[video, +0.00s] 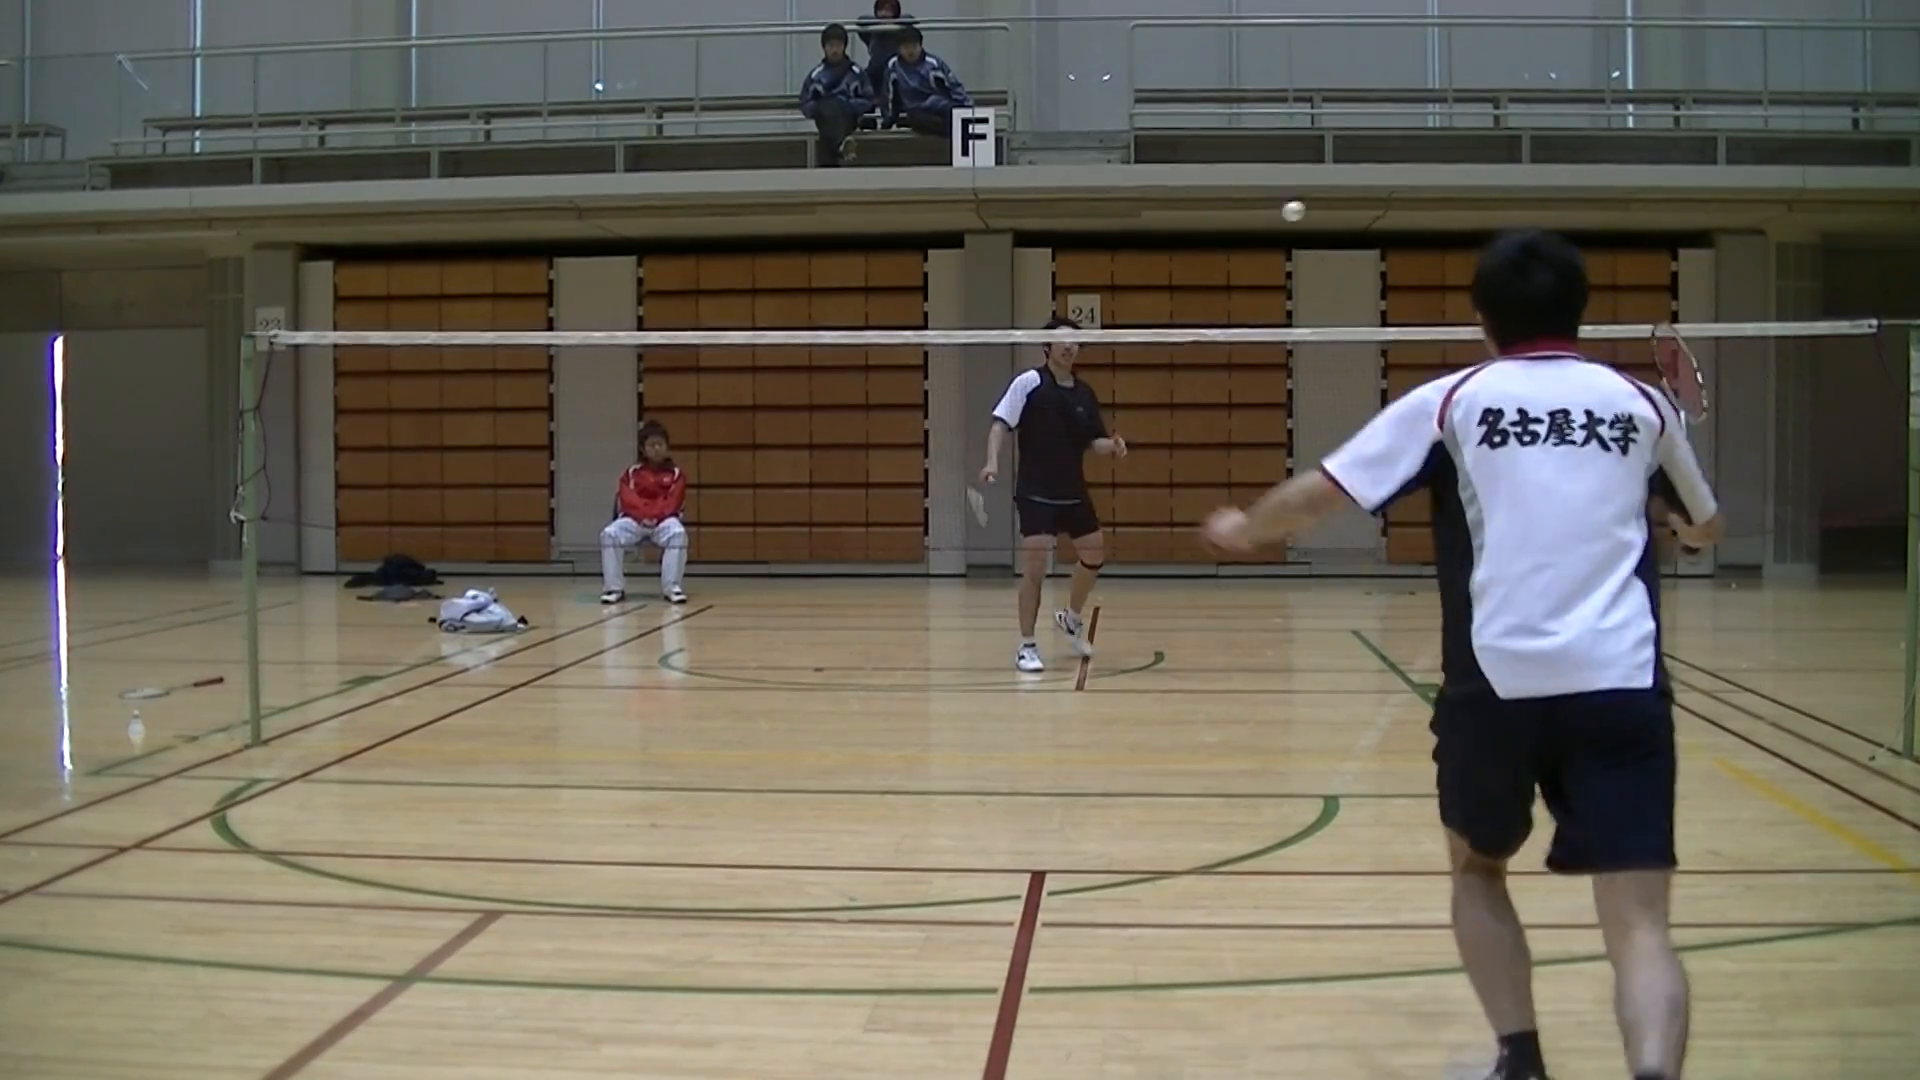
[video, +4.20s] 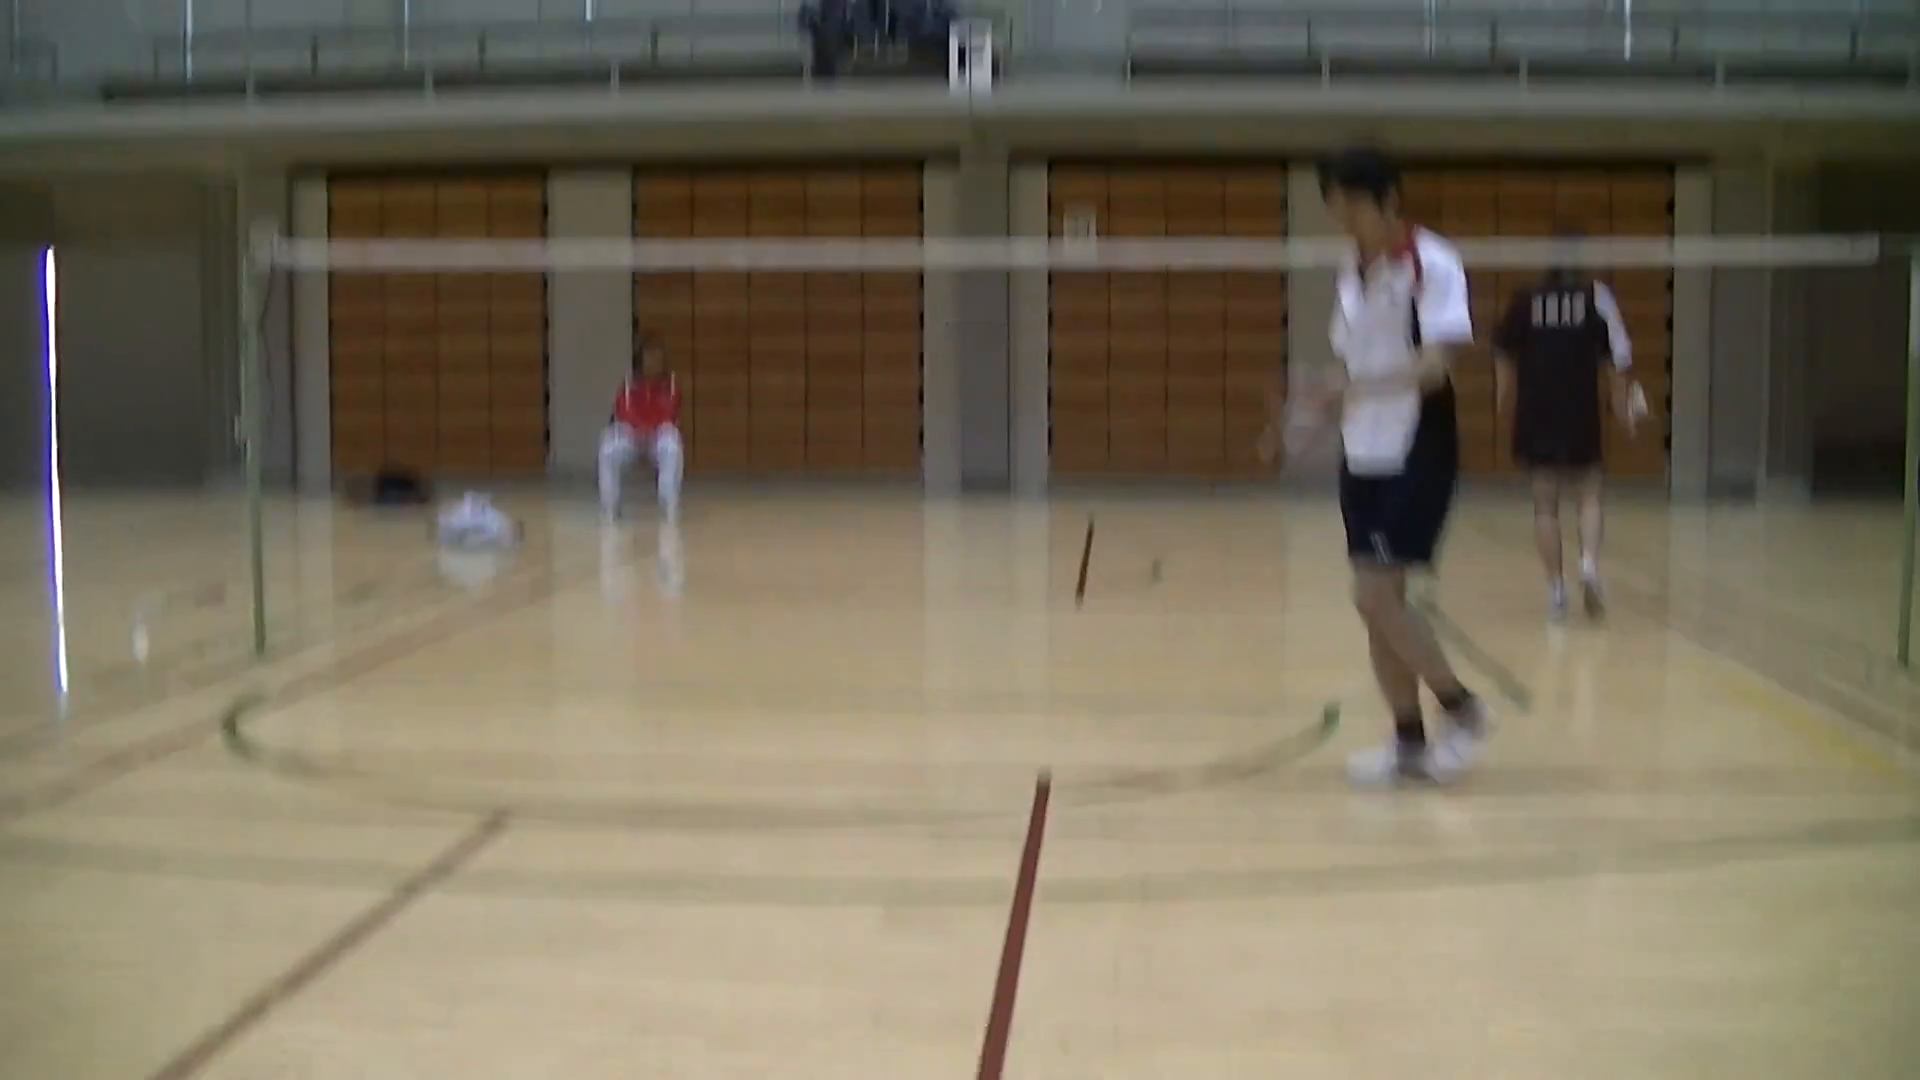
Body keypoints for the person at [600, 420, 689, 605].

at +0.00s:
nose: (656, 449)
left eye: (660, 444)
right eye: (651, 445)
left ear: (667, 447)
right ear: (643, 449)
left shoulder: (676, 474)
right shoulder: (632, 472)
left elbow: (673, 503)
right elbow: (627, 499)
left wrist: (655, 517)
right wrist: (643, 515)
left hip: (663, 519)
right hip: (634, 519)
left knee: (678, 535)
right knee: (609, 535)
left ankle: (672, 587)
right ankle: (614, 588)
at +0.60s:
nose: (664, 449)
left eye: (669, 444)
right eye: (659, 445)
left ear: (676, 447)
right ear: (651, 449)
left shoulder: (683, 475)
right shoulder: (640, 473)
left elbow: (680, 505)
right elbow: (635, 500)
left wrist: (660, 516)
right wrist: (652, 515)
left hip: (671, 519)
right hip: (643, 519)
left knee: (687, 534)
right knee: (618, 535)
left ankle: (682, 587)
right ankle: (622, 589)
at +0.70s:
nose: (697, 449)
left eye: (702, 444)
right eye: (692, 444)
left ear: (708, 447)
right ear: (683, 449)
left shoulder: (716, 475)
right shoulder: (673, 473)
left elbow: (713, 506)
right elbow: (668, 503)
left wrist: (691, 515)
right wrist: (684, 517)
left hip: (704, 520)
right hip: (676, 520)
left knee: (718, 534)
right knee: (651, 534)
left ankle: (714, 587)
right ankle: (654, 589)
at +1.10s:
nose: (674, 448)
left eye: (678, 443)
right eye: (668, 443)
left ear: (684, 445)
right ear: (659, 448)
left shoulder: (691, 473)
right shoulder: (648, 471)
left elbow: (689, 502)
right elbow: (643, 498)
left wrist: (671, 516)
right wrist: (661, 513)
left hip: (680, 518)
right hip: (651, 518)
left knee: (695, 534)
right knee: (627, 533)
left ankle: (688, 585)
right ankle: (631, 588)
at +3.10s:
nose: (656, 450)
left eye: (660, 445)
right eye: (651, 446)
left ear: (666, 448)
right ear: (642, 450)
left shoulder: (675, 475)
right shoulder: (631, 474)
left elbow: (672, 504)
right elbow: (626, 500)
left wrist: (655, 518)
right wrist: (642, 516)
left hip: (662, 521)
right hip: (633, 521)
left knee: (677, 536)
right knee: (609, 536)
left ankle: (671, 588)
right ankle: (614, 590)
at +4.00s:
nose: (656, 441)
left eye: (660, 436)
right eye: (651, 437)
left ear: (666, 439)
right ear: (642, 442)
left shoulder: (674, 466)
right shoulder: (630, 465)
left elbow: (672, 494)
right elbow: (626, 492)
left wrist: (657, 510)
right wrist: (641, 508)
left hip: (661, 513)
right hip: (633, 512)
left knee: (677, 527)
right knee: (609, 528)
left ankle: (671, 580)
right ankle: (613, 582)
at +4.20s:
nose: (652, 364)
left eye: (656, 358)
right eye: (648, 358)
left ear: (662, 361)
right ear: (641, 361)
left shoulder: (669, 384)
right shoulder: (630, 383)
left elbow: (671, 415)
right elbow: (623, 414)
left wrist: (655, 430)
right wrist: (638, 430)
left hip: (659, 429)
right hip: (631, 428)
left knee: (671, 449)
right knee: (610, 449)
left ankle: (669, 505)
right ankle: (609, 507)